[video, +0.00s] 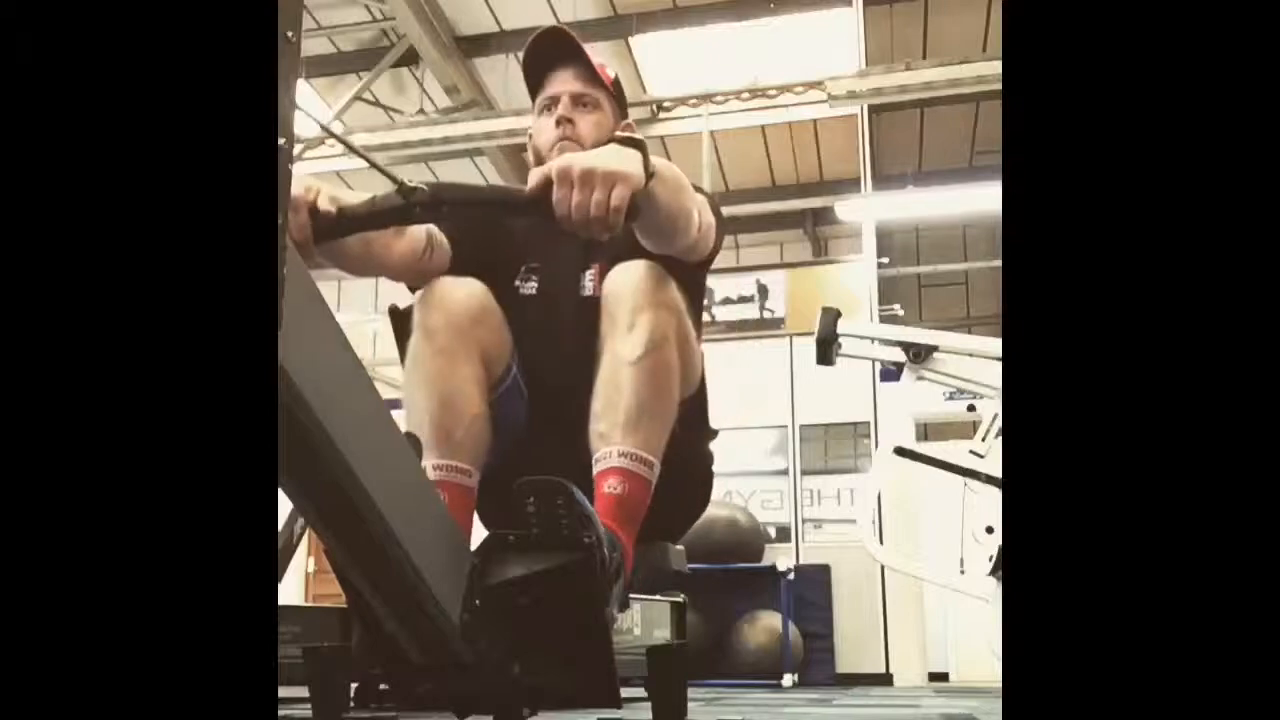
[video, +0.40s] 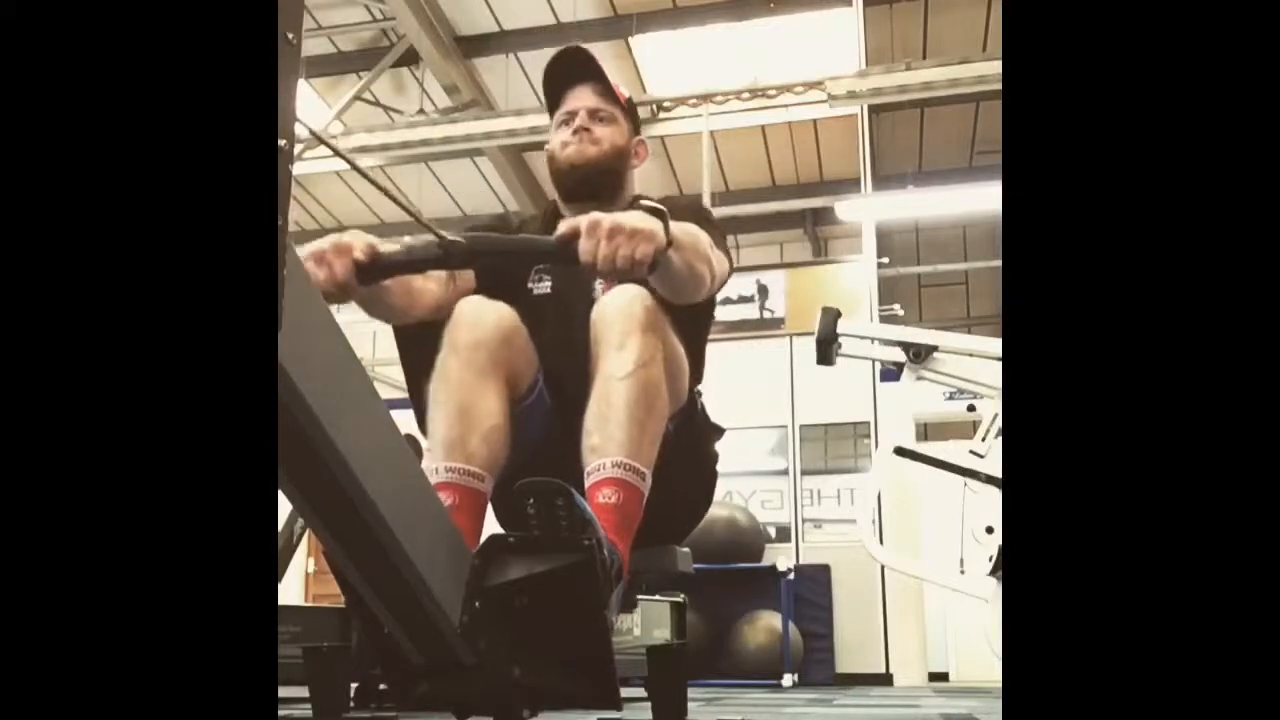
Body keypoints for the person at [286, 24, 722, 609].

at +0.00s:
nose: (562, 116)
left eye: (584, 104)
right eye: (548, 106)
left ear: (622, 131)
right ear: (530, 136)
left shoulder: (654, 214)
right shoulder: (501, 218)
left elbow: (691, 235)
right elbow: (412, 248)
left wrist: (641, 168)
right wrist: (325, 224)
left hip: (650, 476)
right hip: (523, 473)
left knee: (641, 281)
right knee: (448, 299)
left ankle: (611, 545)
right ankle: (442, 554)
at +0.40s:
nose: (580, 124)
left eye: (601, 118)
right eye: (565, 121)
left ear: (636, 150)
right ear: (549, 155)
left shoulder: (679, 223)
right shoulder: (509, 241)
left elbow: (700, 278)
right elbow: (433, 287)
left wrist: (658, 242)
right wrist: (368, 275)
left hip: (655, 477)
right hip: (534, 479)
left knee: (628, 305)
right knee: (474, 317)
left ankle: (605, 557)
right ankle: (447, 562)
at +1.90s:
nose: (597, 156)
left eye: (616, 149)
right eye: (582, 149)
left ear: (648, 176)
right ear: (565, 178)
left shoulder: (689, 251)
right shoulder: (533, 266)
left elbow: (718, 301)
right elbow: (464, 317)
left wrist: (682, 279)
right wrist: (408, 312)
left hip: (668, 485)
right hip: (552, 480)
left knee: (650, 344)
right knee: (496, 352)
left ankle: (609, 562)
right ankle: (444, 558)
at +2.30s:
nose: (657, 296)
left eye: (672, 287)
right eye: (647, 288)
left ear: (696, 302)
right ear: (631, 302)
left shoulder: (726, 365)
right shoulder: (597, 368)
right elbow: (515, 452)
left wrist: (756, 394)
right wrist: (534, 405)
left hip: (692, 487)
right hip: (592, 483)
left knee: (656, 474)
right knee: (521, 497)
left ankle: (611, 583)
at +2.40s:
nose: (654, 295)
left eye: (668, 287)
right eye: (643, 287)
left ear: (692, 302)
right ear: (628, 300)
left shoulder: (724, 366)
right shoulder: (590, 367)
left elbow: (815, 441)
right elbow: (502, 446)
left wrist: (755, 367)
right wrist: (534, 379)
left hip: (697, 498)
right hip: (592, 488)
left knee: (657, 453)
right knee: (539, 450)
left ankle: (607, 581)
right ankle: (481, 562)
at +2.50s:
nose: (647, 274)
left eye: (662, 265)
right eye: (635, 265)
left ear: (685, 279)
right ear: (619, 278)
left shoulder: (719, 352)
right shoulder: (576, 353)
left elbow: (809, 424)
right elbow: (484, 440)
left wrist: (750, 350)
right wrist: (508, 371)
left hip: (687, 507)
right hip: (573, 499)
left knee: (654, 420)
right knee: (535, 419)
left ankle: (609, 571)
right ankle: (469, 550)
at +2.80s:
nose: (590, 155)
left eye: (607, 144)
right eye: (575, 146)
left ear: (640, 169)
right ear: (556, 174)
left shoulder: (679, 252)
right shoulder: (523, 271)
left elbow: (737, 308)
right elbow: (445, 323)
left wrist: (687, 269)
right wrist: (379, 305)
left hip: (661, 485)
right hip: (539, 482)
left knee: (644, 317)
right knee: (475, 322)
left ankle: (608, 550)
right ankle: (441, 553)